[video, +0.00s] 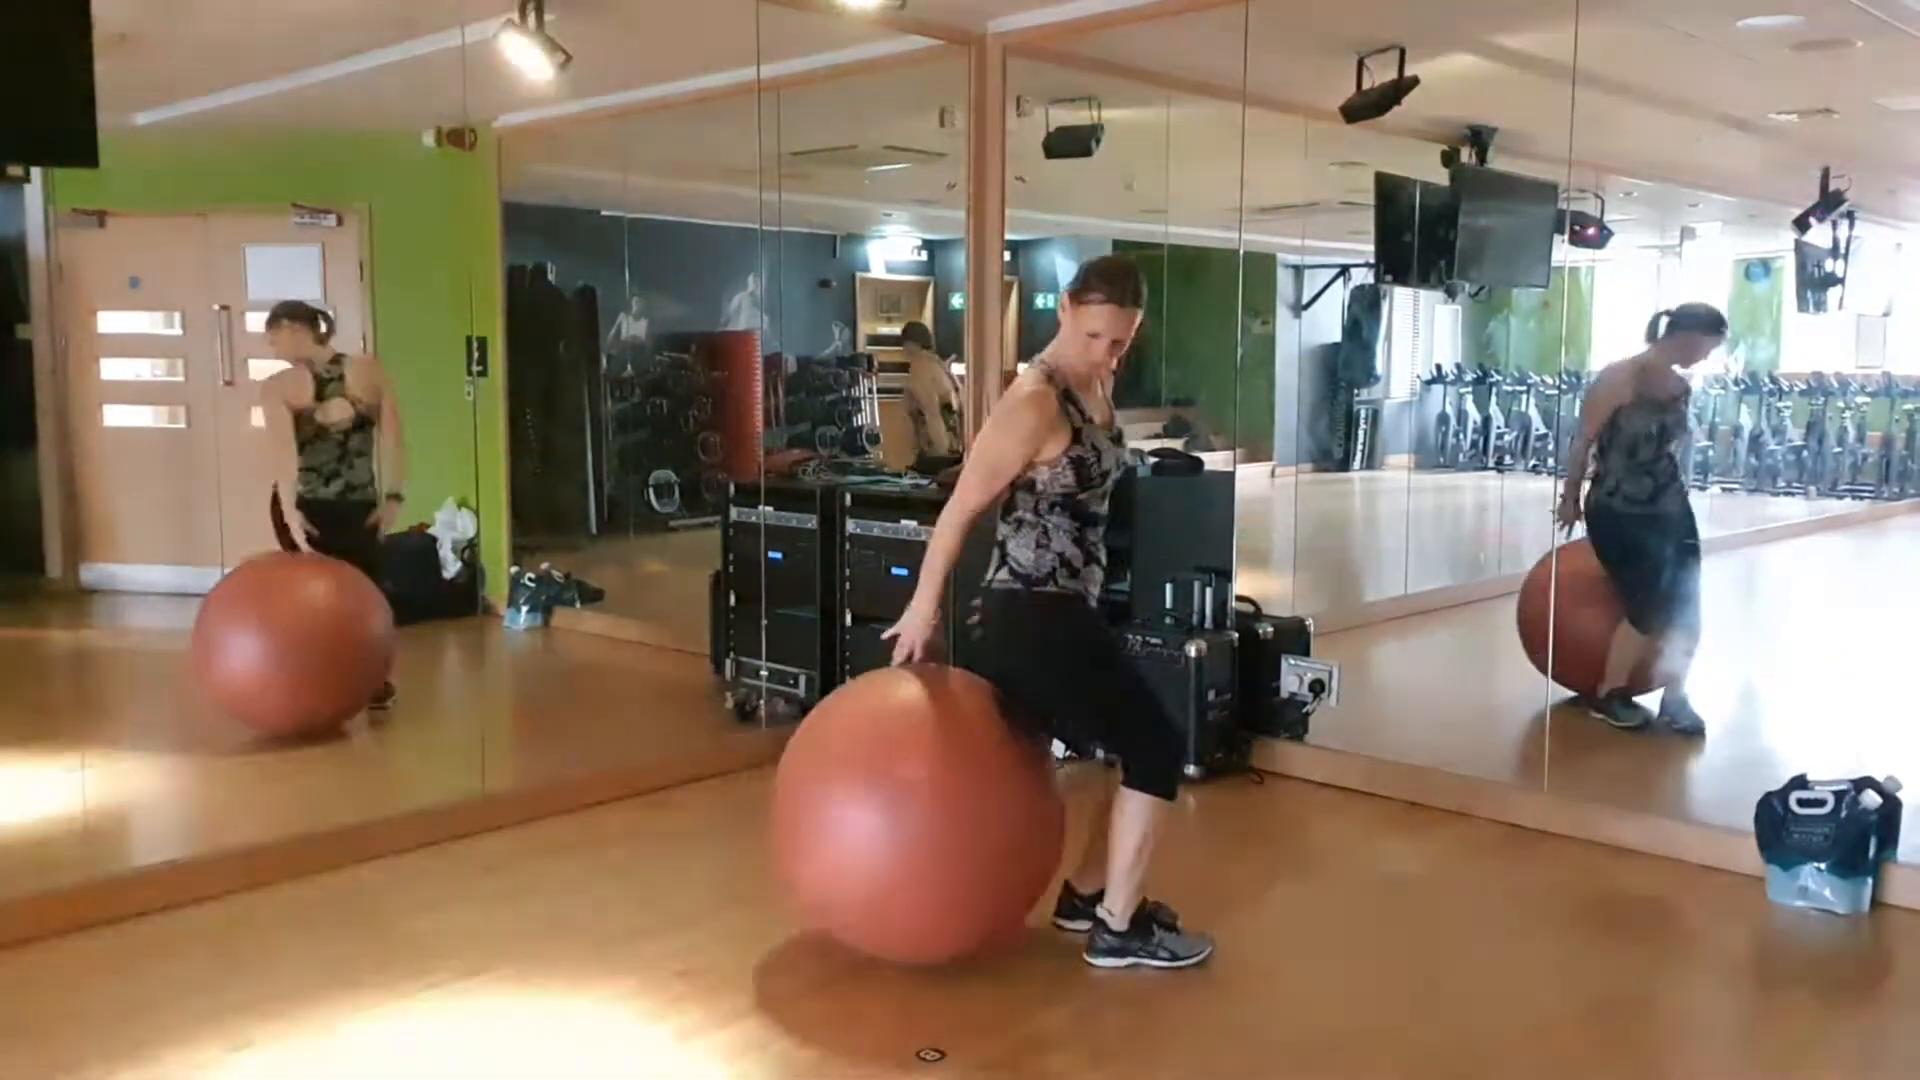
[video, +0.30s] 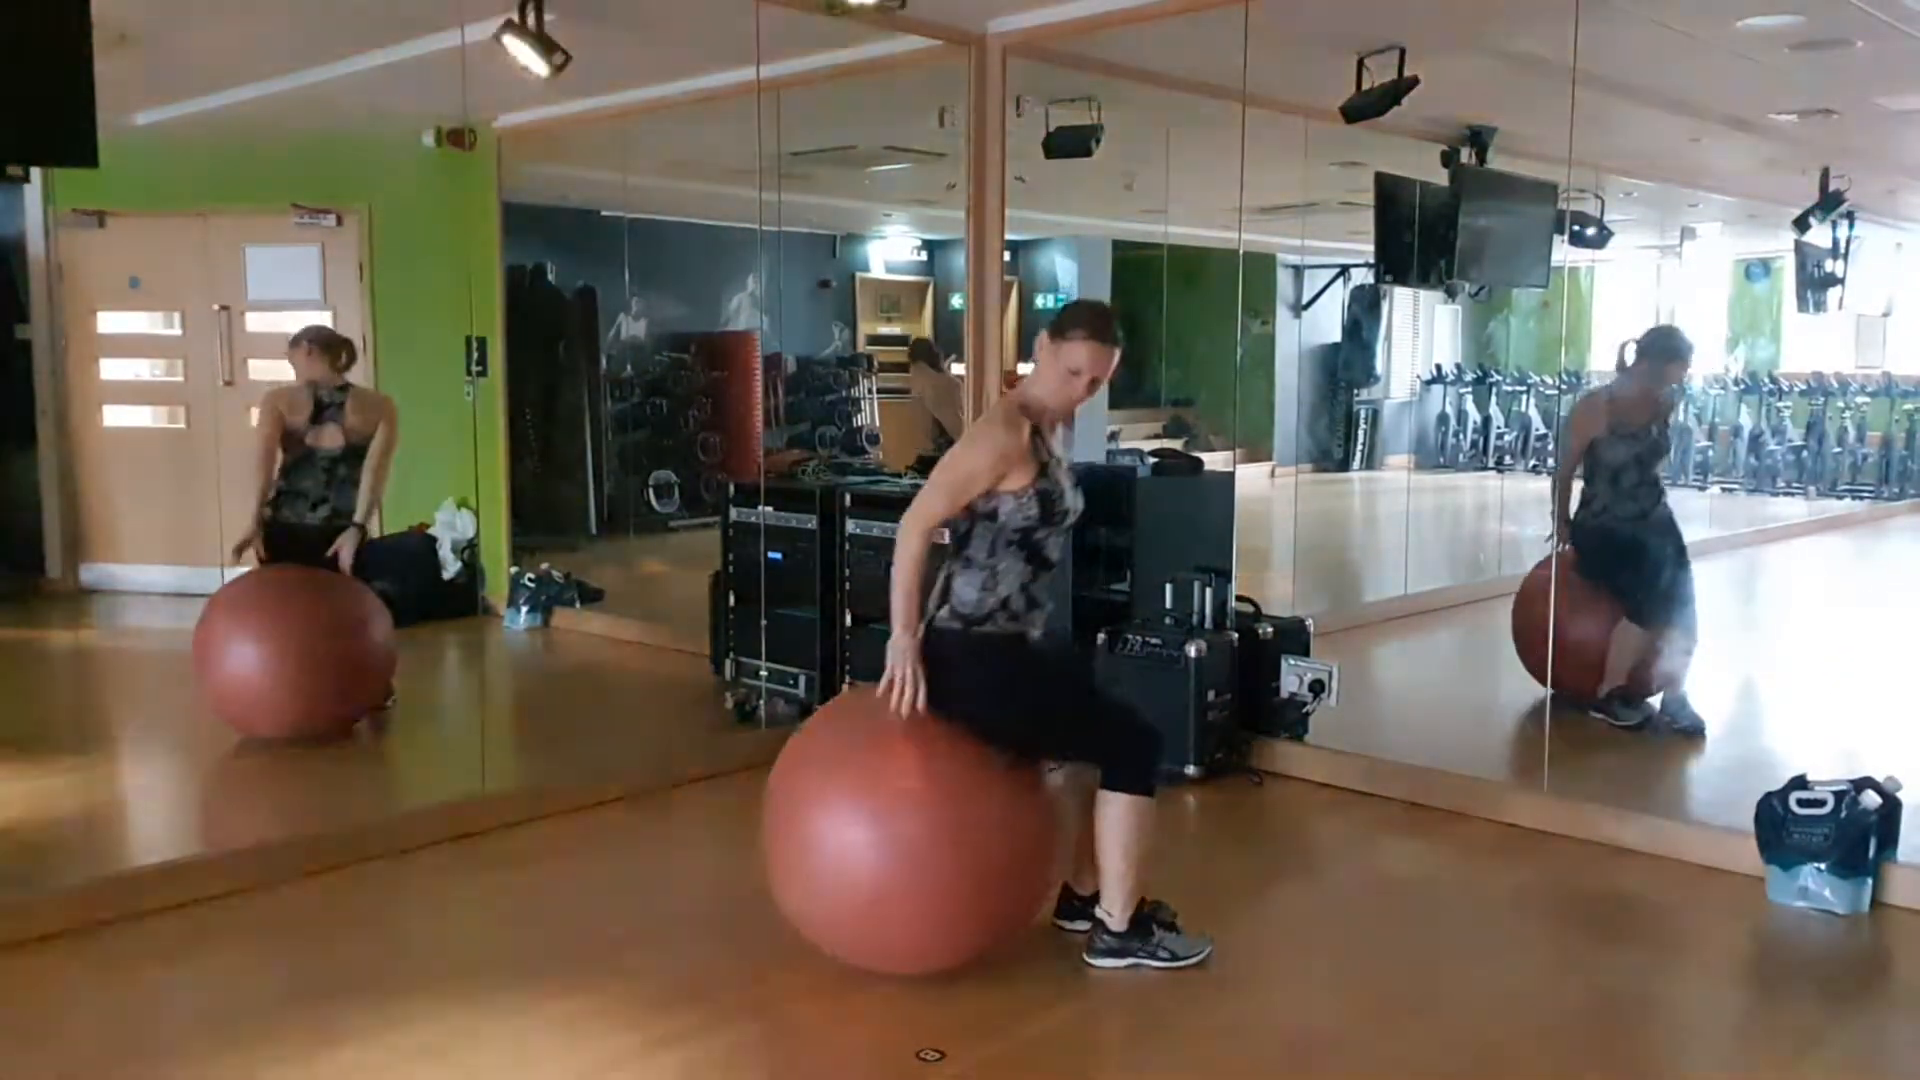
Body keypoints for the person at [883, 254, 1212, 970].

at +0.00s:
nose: (1110, 357)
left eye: (1122, 344)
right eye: (1099, 339)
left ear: (1132, 333)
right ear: (1064, 318)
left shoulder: (1089, 395)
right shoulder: (1030, 403)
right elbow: (959, 509)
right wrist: (923, 606)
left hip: (1056, 612)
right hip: (1034, 618)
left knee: (1133, 739)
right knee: (1153, 746)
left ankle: (1087, 892)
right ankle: (1120, 924)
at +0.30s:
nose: (1087, 392)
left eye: (1098, 379)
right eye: (1079, 374)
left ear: (1102, 374)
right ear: (1041, 355)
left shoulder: (1044, 431)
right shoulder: (996, 438)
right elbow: (914, 527)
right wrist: (904, 639)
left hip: (1007, 648)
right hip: (970, 655)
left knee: (1103, 727)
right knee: (1131, 743)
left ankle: (1085, 892)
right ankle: (1120, 926)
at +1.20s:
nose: (983, 417)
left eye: (993, 403)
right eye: (969, 399)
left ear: (1000, 415)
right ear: (932, 401)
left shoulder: (955, 478)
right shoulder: (924, 487)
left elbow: (1043, 453)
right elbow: (855, 593)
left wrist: (1005, 399)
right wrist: (837, 705)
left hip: (929, 700)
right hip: (896, 713)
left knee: (1076, 722)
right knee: (1075, 736)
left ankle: (1098, 898)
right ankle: (1133, 936)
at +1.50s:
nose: (1034, 356)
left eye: (1043, 343)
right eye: (1015, 343)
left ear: (1055, 356)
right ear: (979, 358)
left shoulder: (1001, 442)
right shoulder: (990, 452)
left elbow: (957, 569)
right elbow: (948, 571)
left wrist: (912, 663)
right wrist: (914, 681)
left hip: (992, 674)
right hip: (982, 686)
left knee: (1130, 724)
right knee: (1138, 738)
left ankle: (1114, 902)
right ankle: (1131, 938)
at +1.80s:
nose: (1055, 306)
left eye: (1065, 292)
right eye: (1038, 292)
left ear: (1076, 306)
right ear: (1006, 306)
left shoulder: (1044, 393)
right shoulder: (1008, 401)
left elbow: (1002, 522)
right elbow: (984, 525)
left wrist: (959, 615)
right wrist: (958, 633)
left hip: (1033, 628)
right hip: (1013, 637)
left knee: (1136, 741)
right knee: (1145, 749)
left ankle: (1112, 904)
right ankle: (1132, 937)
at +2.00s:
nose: (1040, 310)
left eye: (1049, 297)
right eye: (1022, 297)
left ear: (1058, 309)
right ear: (986, 311)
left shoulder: (1012, 401)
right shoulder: (995, 410)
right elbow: (975, 544)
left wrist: (1045, 402)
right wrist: (950, 657)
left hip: (1014, 644)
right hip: (1002, 654)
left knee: (1122, 735)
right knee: (1133, 742)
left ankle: (1108, 903)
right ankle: (1131, 935)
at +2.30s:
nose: (997, 398)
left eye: (1006, 384)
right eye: (978, 385)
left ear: (1015, 399)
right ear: (943, 401)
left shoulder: (987, 479)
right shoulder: (947, 496)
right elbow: (907, 612)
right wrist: (882, 723)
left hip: (976, 697)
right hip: (939, 719)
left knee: (1106, 729)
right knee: (1111, 740)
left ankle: (1111, 900)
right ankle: (1131, 938)